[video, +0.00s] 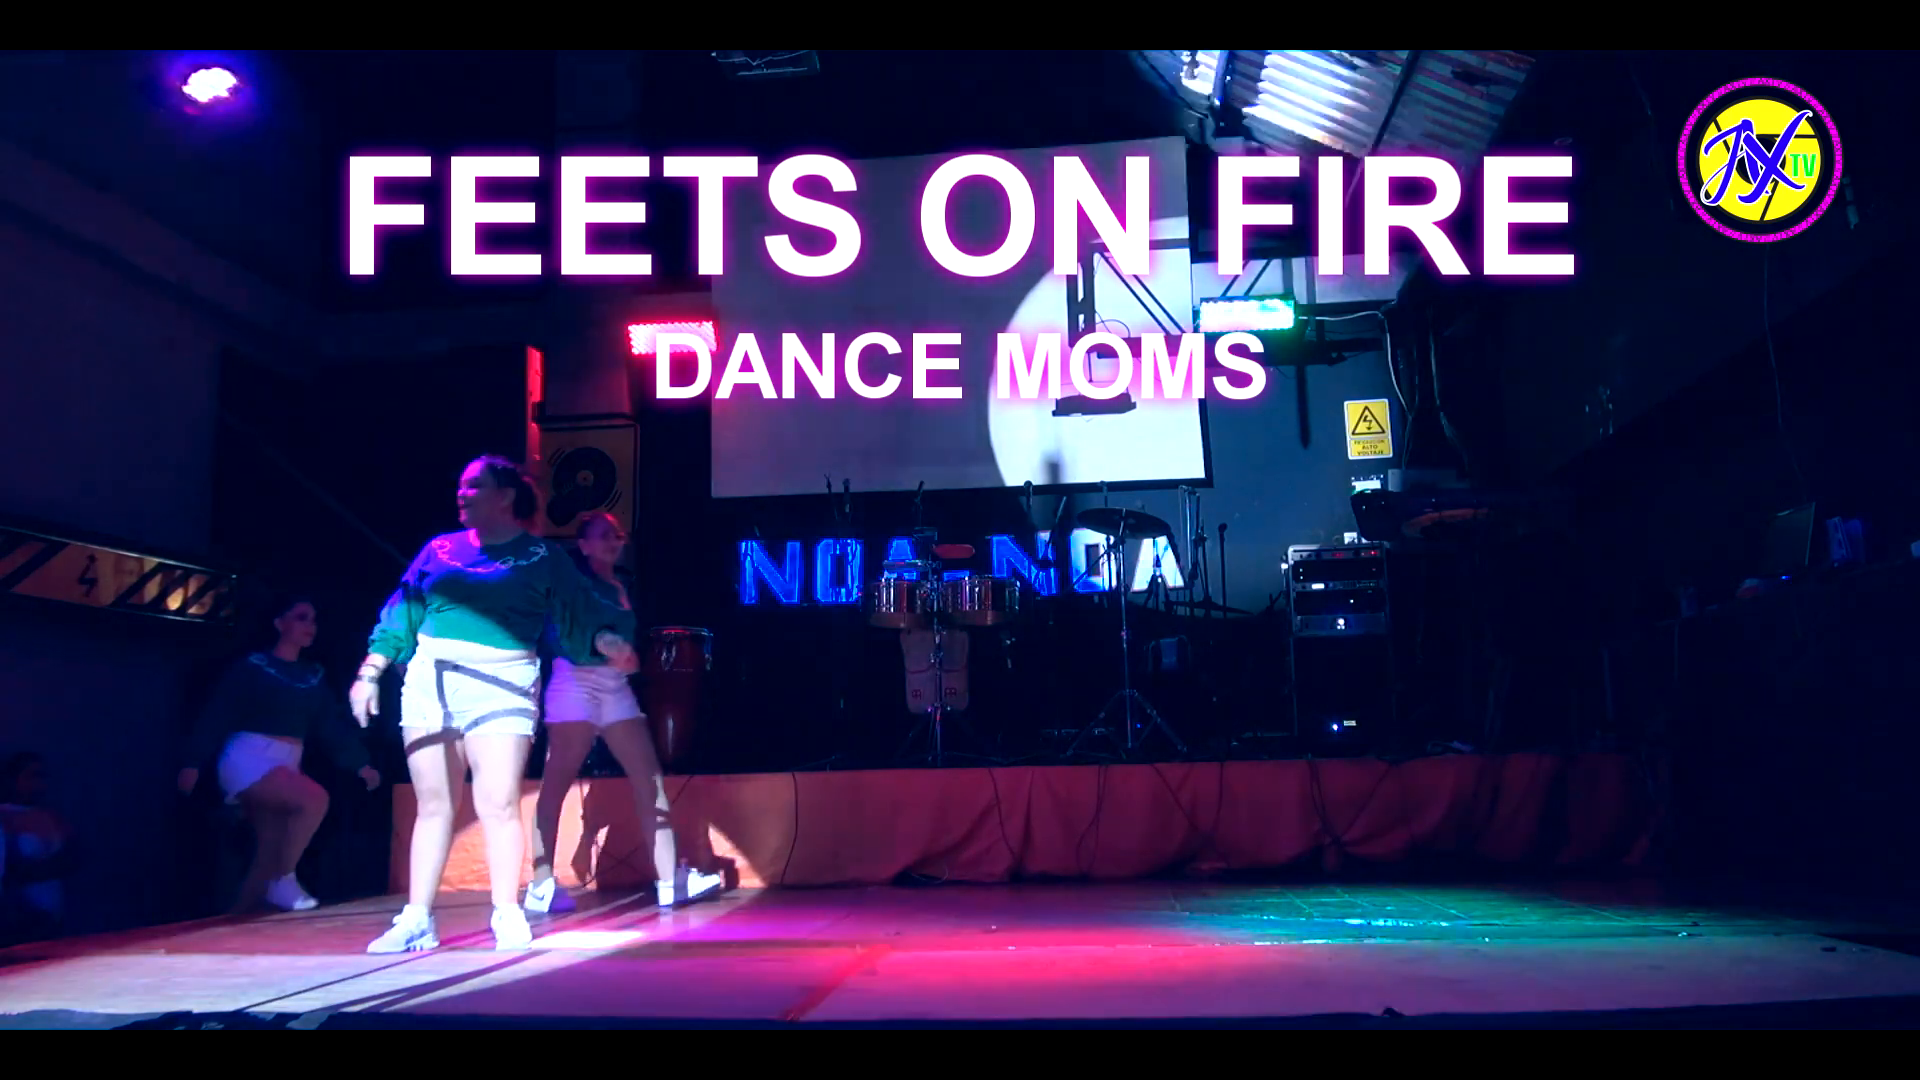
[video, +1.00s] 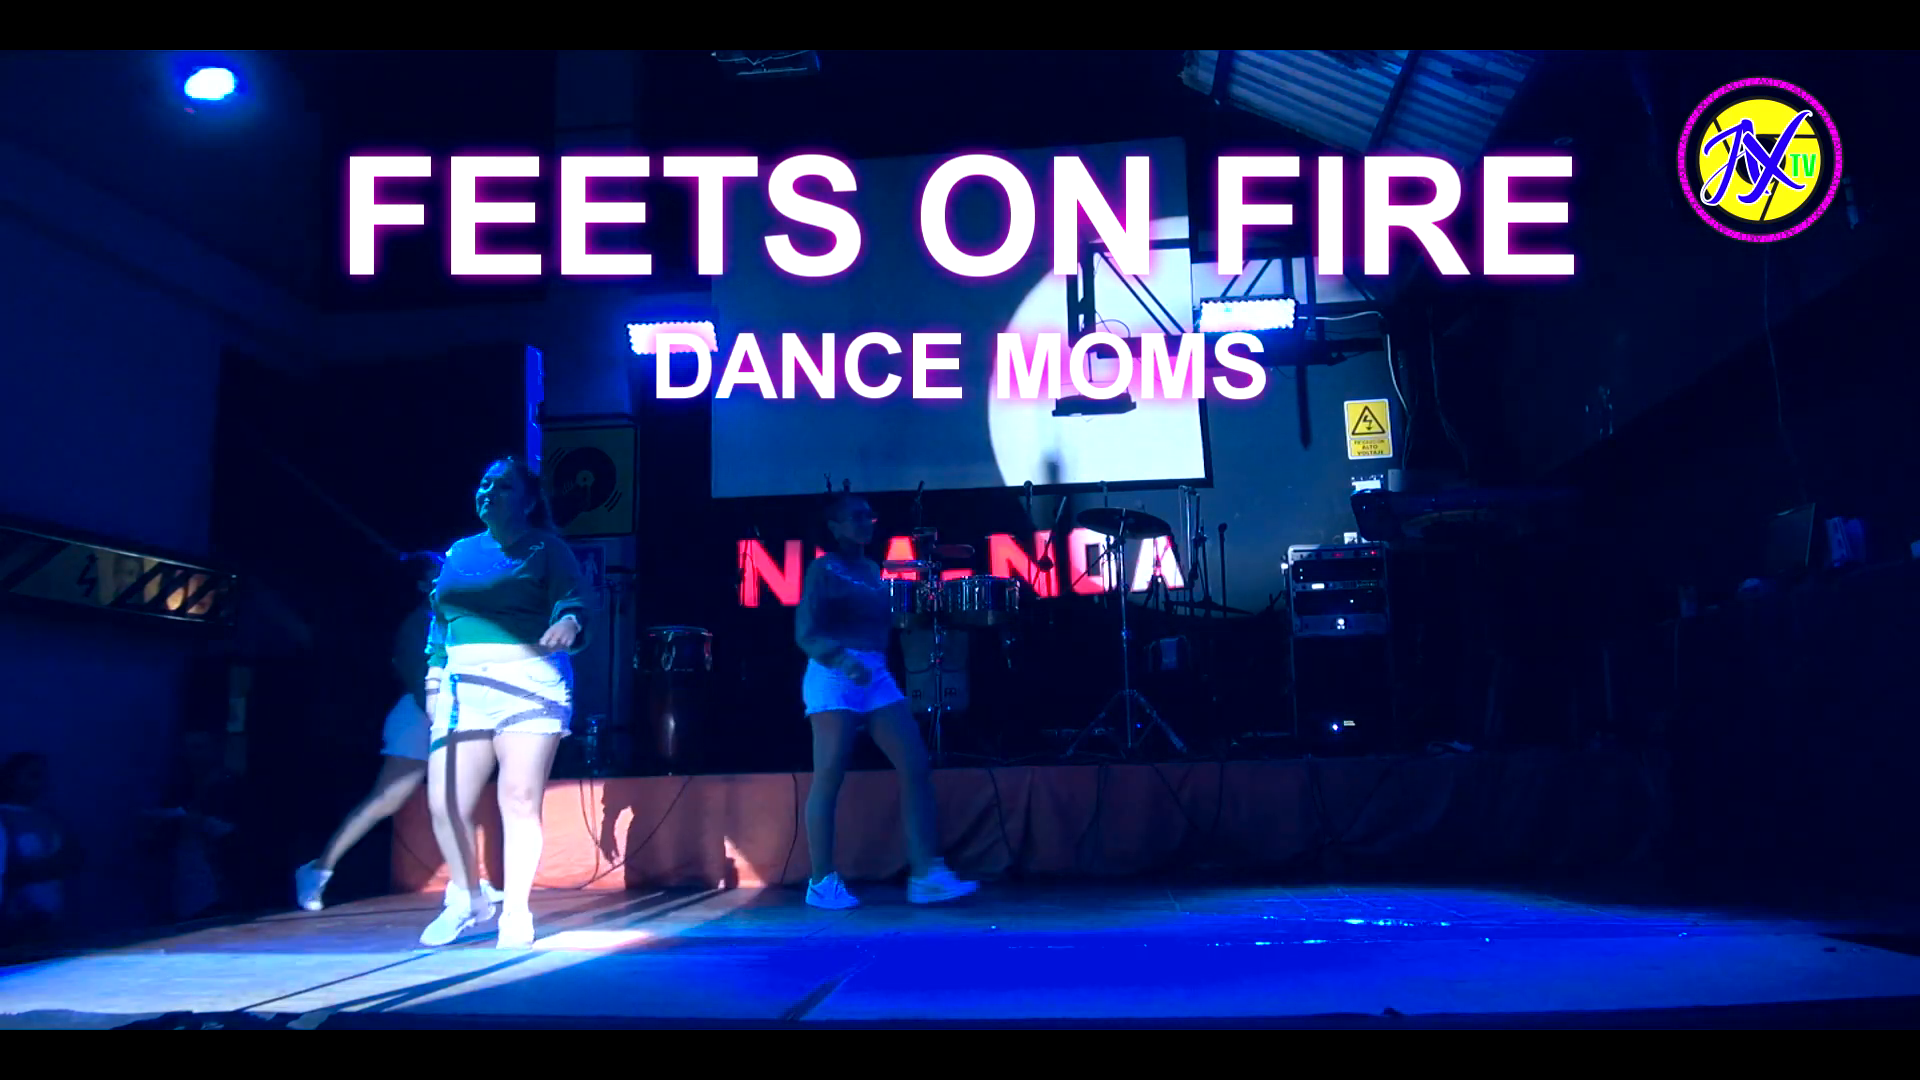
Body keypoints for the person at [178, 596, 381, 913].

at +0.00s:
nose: (310, 626)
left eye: (313, 620)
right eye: (302, 619)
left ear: (315, 627)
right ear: (280, 623)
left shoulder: (313, 677)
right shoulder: (252, 669)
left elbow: (333, 726)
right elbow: (218, 716)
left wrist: (360, 764)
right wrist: (194, 763)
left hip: (288, 762)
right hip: (248, 759)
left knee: (271, 854)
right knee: (314, 800)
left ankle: (239, 924)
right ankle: (284, 881)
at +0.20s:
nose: (333, 611)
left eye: (335, 605)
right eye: (323, 604)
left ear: (338, 614)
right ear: (302, 611)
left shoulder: (339, 666)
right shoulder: (279, 655)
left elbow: (359, 715)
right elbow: (243, 701)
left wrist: (383, 752)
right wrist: (220, 750)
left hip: (310, 751)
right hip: (272, 744)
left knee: (275, 839)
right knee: (323, 808)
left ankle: (246, 915)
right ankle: (293, 887)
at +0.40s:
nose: (352, 592)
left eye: (353, 586)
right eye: (342, 587)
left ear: (356, 595)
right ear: (321, 595)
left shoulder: (358, 645)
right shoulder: (302, 638)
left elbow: (370, 699)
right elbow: (279, 687)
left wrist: (372, 747)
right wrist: (275, 736)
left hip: (336, 735)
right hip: (300, 729)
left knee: (341, 817)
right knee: (325, 810)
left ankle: (267, 874)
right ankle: (293, 889)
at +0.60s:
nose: (376, 579)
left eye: (377, 573)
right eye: (367, 573)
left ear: (377, 581)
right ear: (346, 579)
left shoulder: (371, 628)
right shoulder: (327, 622)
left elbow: (380, 675)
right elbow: (320, 678)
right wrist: (360, 702)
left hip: (359, 719)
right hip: (323, 718)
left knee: (385, 790)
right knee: (324, 804)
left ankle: (331, 853)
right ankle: (292, 885)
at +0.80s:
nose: (408, 577)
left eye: (409, 571)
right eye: (400, 570)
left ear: (408, 578)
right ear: (378, 575)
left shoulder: (399, 623)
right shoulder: (364, 617)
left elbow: (413, 667)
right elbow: (384, 663)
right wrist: (422, 683)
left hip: (391, 718)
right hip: (358, 714)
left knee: (410, 793)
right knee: (335, 796)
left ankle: (428, 879)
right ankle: (295, 880)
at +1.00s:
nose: (441, 585)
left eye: (443, 577)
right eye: (435, 578)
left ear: (451, 580)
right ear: (424, 584)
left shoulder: (461, 619)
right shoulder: (419, 622)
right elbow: (410, 667)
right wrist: (433, 702)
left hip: (459, 713)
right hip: (418, 714)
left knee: (470, 800)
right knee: (389, 798)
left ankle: (473, 885)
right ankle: (319, 871)